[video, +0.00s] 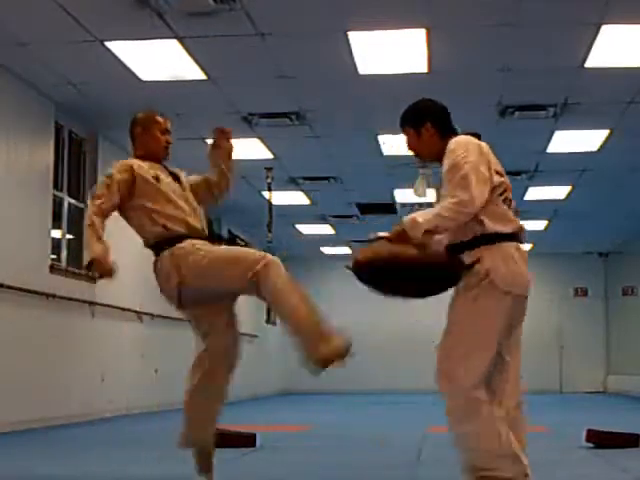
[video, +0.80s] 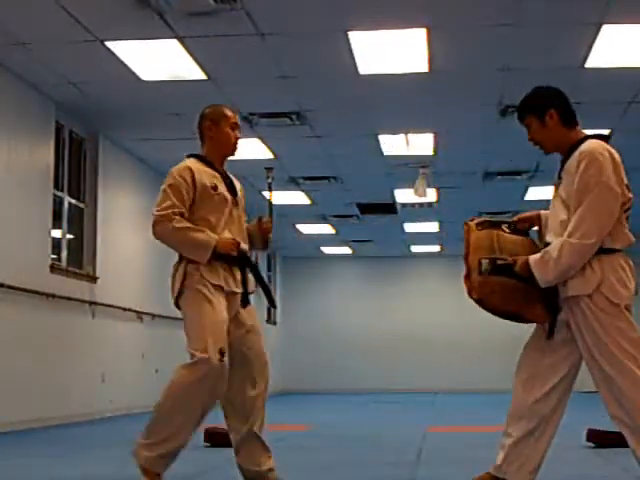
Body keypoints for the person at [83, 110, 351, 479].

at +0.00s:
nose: (168, 138)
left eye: (169, 133)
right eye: (161, 131)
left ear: (169, 141)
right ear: (139, 137)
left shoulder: (179, 179)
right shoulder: (129, 170)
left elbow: (217, 186)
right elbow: (97, 208)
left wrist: (221, 154)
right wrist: (97, 249)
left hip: (200, 264)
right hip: (179, 260)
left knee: (220, 349)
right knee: (264, 266)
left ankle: (199, 435)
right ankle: (318, 344)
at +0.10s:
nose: (171, 132)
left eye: (172, 126)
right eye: (164, 126)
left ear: (171, 130)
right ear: (141, 129)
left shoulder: (186, 165)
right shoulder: (124, 169)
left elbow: (222, 201)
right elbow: (117, 221)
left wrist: (264, 213)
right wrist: (156, 222)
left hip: (228, 244)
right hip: (191, 253)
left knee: (291, 292)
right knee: (246, 305)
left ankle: (261, 368)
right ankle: (237, 425)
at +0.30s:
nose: (212, 164)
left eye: (213, 158)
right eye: (205, 156)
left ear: (210, 165)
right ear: (182, 158)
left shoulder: (214, 207)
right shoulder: (155, 204)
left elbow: (221, 254)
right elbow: (166, 242)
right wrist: (196, 192)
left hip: (244, 279)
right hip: (208, 305)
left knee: (315, 279)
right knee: (226, 385)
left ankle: (391, 311)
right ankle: (228, 468)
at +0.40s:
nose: (216, 154)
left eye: (217, 147)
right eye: (210, 145)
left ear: (208, 151)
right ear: (186, 145)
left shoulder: (221, 195)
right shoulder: (162, 192)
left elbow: (230, 238)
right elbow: (156, 243)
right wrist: (202, 222)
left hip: (253, 277)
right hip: (216, 292)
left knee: (319, 320)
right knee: (231, 384)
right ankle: (229, 469)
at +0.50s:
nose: (223, 143)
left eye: (223, 137)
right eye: (216, 136)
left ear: (215, 142)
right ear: (192, 140)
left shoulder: (232, 189)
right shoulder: (175, 185)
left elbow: (253, 240)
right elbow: (167, 240)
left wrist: (288, 261)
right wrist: (211, 253)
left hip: (261, 291)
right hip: (222, 294)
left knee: (280, 379)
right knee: (239, 376)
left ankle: (260, 470)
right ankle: (222, 468)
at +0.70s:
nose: (242, 139)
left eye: (242, 133)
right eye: (234, 133)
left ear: (237, 142)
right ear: (211, 139)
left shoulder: (245, 193)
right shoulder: (193, 182)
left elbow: (254, 240)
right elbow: (172, 235)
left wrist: (274, 232)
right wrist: (219, 252)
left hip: (248, 288)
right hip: (211, 285)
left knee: (257, 371)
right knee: (221, 364)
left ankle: (251, 464)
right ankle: (195, 466)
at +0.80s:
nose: (239, 134)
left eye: (238, 128)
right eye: (232, 126)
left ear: (227, 134)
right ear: (208, 131)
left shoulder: (235, 185)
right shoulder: (186, 172)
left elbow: (233, 234)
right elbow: (163, 224)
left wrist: (255, 234)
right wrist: (214, 242)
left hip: (236, 283)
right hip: (202, 278)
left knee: (251, 367)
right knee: (208, 365)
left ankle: (256, 466)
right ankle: (151, 457)